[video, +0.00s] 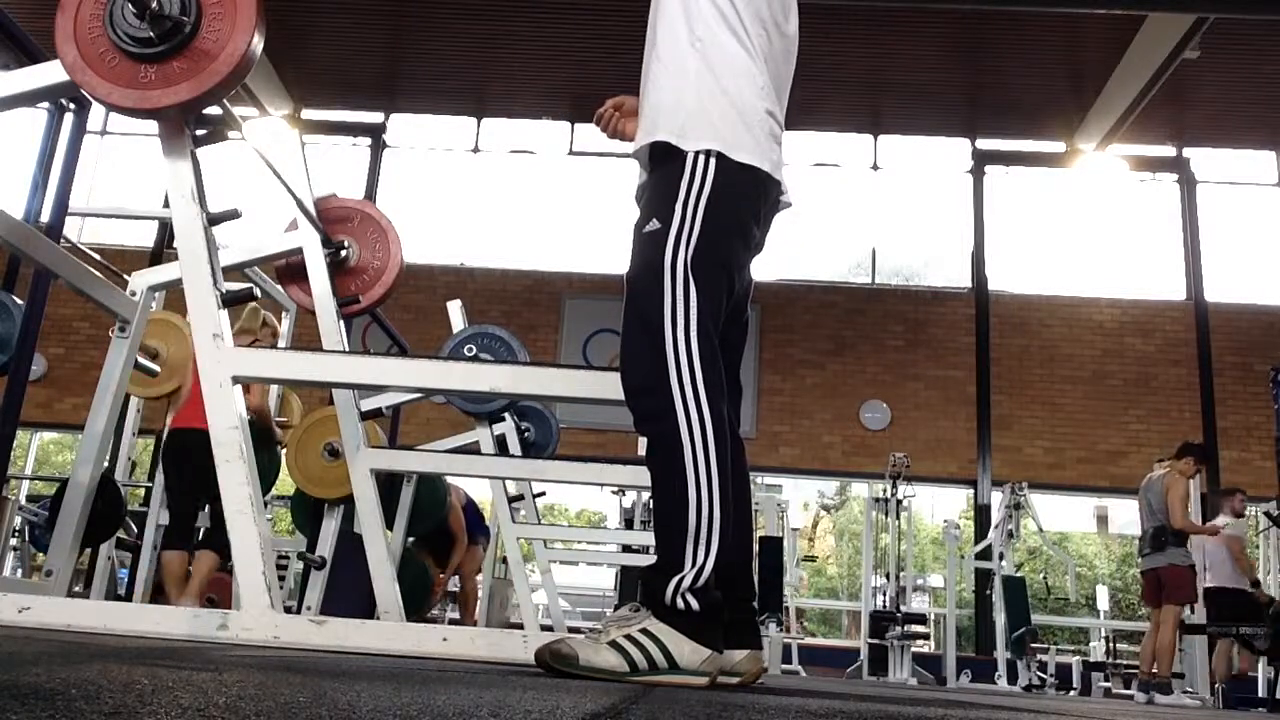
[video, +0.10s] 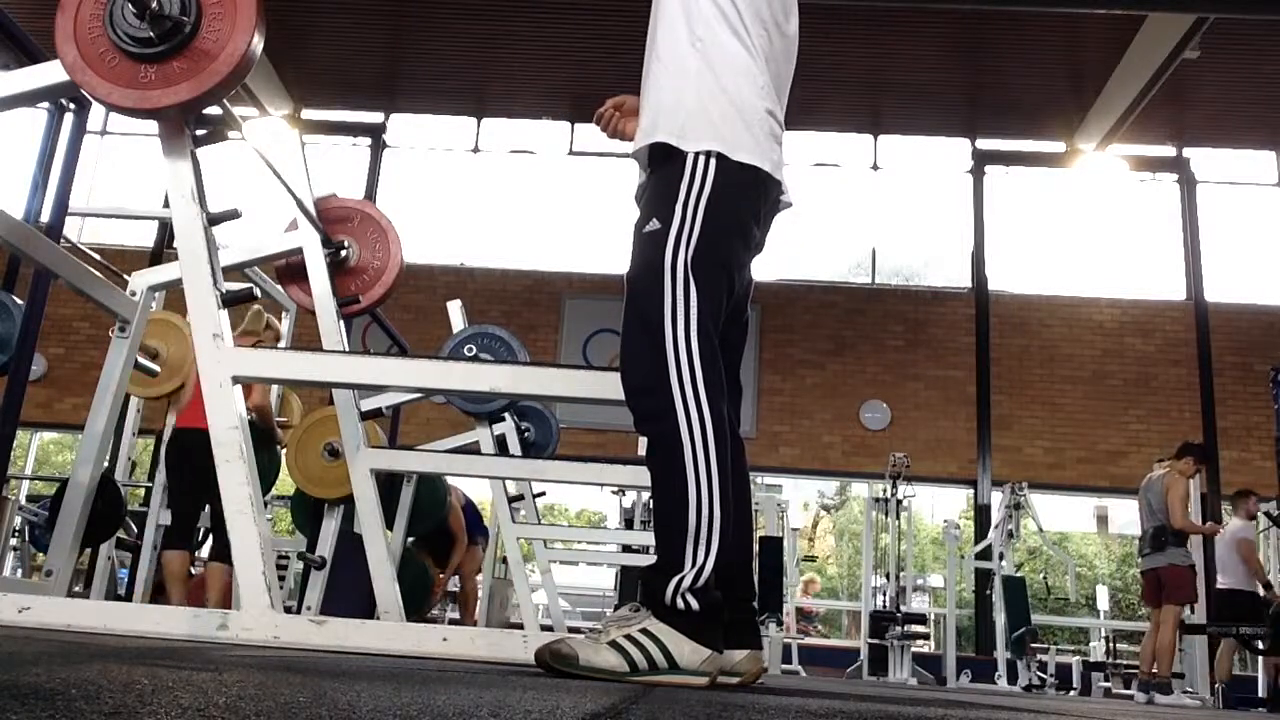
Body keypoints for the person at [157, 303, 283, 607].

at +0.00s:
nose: (272, 346)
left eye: (272, 341)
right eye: (271, 340)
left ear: (238, 327)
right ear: (263, 334)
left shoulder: (202, 346)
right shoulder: (258, 352)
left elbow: (183, 392)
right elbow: (256, 403)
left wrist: (173, 421)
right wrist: (274, 433)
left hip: (179, 435)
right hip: (222, 440)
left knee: (180, 518)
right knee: (223, 520)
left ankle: (176, 606)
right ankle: (191, 598)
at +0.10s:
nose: (274, 348)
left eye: (275, 343)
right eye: (274, 343)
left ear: (241, 329)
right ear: (267, 337)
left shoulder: (204, 345)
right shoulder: (262, 353)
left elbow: (183, 396)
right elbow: (257, 402)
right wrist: (275, 434)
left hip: (183, 436)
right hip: (228, 441)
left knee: (181, 523)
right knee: (225, 530)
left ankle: (177, 612)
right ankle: (215, 616)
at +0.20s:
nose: (275, 348)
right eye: (276, 343)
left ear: (243, 325)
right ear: (270, 337)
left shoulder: (206, 344)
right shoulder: (266, 354)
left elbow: (184, 398)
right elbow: (262, 402)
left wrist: (178, 420)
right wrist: (276, 434)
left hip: (187, 435)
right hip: (232, 442)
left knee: (182, 522)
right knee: (227, 530)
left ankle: (177, 612)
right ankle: (215, 616)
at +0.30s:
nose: (277, 348)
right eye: (278, 344)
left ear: (243, 326)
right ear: (273, 338)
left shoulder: (208, 345)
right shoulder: (272, 355)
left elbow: (188, 399)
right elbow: (268, 402)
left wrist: (185, 426)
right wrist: (276, 432)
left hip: (192, 436)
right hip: (238, 442)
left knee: (183, 522)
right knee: (226, 529)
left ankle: (178, 613)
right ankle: (215, 617)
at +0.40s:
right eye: (278, 340)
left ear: (245, 324)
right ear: (274, 335)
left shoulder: (213, 343)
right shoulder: (273, 353)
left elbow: (190, 393)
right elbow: (274, 399)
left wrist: (181, 429)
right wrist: (277, 430)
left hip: (194, 434)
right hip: (240, 440)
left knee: (186, 521)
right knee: (227, 528)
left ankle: (179, 613)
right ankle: (215, 616)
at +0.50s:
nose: (281, 338)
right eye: (281, 334)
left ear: (245, 323)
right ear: (276, 331)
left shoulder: (214, 343)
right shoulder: (276, 353)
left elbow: (190, 394)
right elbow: (276, 400)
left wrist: (182, 433)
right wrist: (276, 432)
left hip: (199, 438)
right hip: (247, 444)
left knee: (188, 523)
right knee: (229, 530)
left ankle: (180, 612)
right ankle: (215, 617)